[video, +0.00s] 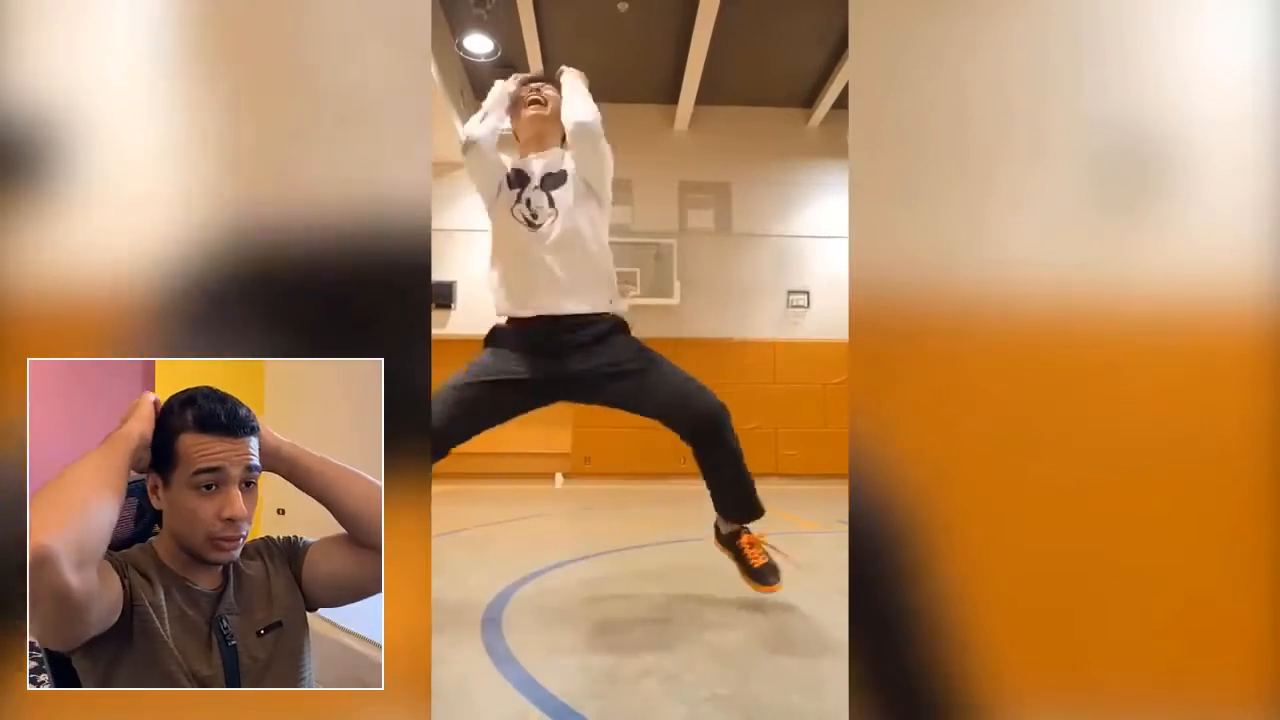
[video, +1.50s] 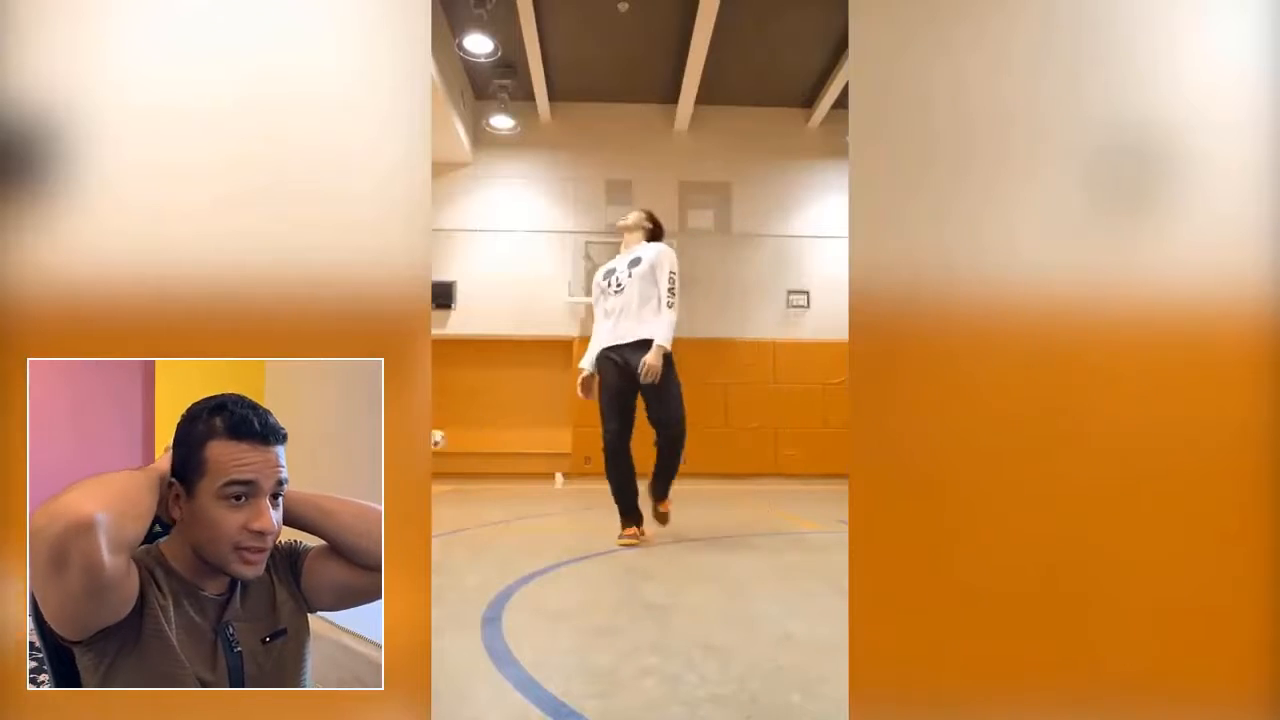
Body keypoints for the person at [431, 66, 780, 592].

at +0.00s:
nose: (534, 99)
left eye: (544, 95)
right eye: (524, 97)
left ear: (563, 118)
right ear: (511, 122)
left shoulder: (589, 172)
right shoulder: (499, 182)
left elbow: (584, 124)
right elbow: (475, 139)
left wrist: (572, 80)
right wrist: (501, 90)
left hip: (599, 345)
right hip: (516, 351)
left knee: (706, 415)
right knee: (424, 431)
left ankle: (735, 529)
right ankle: (367, 550)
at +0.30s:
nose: (589, 128)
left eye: (596, 124)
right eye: (578, 123)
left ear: (604, 141)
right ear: (559, 133)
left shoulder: (622, 182)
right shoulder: (545, 175)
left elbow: (661, 114)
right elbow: (578, 79)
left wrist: (599, 118)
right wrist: (570, 115)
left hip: (620, 341)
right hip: (552, 335)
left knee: (708, 454)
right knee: (456, 449)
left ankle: (645, 568)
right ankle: (371, 547)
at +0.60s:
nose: (647, 107)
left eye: (644, 104)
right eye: (637, 105)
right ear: (625, 118)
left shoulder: (663, 163)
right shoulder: (636, 140)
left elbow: (714, 160)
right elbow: (723, 112)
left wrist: (712, 102)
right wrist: (713, 66)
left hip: (689, 290)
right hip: (672, 291)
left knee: (733, 422)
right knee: (698, 430)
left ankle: (736, 547)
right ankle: (683, 567)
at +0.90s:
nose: (669, 166)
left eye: (667, 165)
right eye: (657, 170)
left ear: (681, 183)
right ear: (652, 197)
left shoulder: (726, 221)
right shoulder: (657, 224)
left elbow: (750, 282)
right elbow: (676, 287)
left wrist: (768, 336)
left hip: (745, 330)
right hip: (701, 336)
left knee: (786, 434)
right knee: (712, 424)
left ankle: (763, 535)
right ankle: (712, 550)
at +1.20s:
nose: (655, 210)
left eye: (662, 211)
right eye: (647, 213)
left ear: (674, 227)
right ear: (641, 233)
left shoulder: (700, 247)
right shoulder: (629, 262)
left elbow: (721, 300)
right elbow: (632, 315)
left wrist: (730, 348)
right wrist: (645, 364)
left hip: (706, 353)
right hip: (656, 360)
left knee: (750, 442)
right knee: (639, 448)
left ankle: (765, 535)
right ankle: (631, 518)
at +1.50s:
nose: (625, 215)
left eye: (634, 213)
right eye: (626, 213)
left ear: (647, 226)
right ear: (624, 229)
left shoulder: (659, 251)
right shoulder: (602, 273)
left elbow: (670, 304)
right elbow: (601, 324)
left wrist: (659, 348)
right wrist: (588, 363)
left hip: (649, 348)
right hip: (610, 355)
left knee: (673, 430)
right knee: (614, 439)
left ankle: (659, 492)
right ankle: (630, 522)